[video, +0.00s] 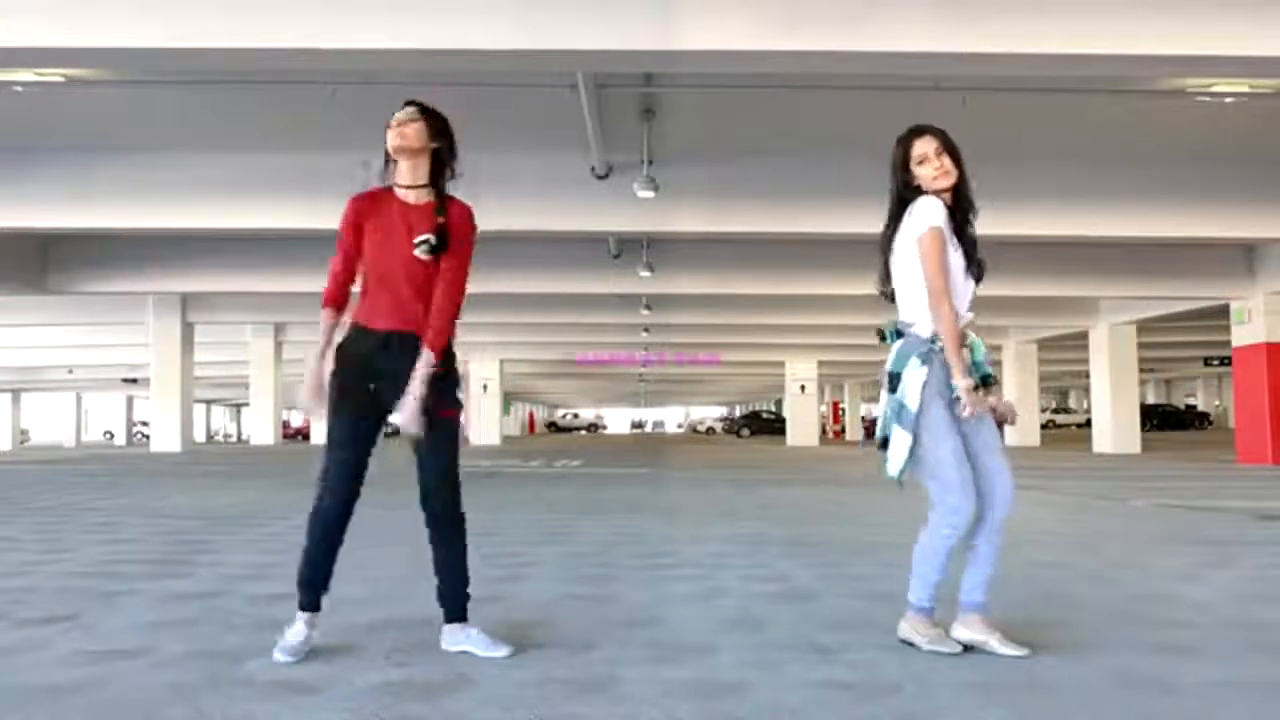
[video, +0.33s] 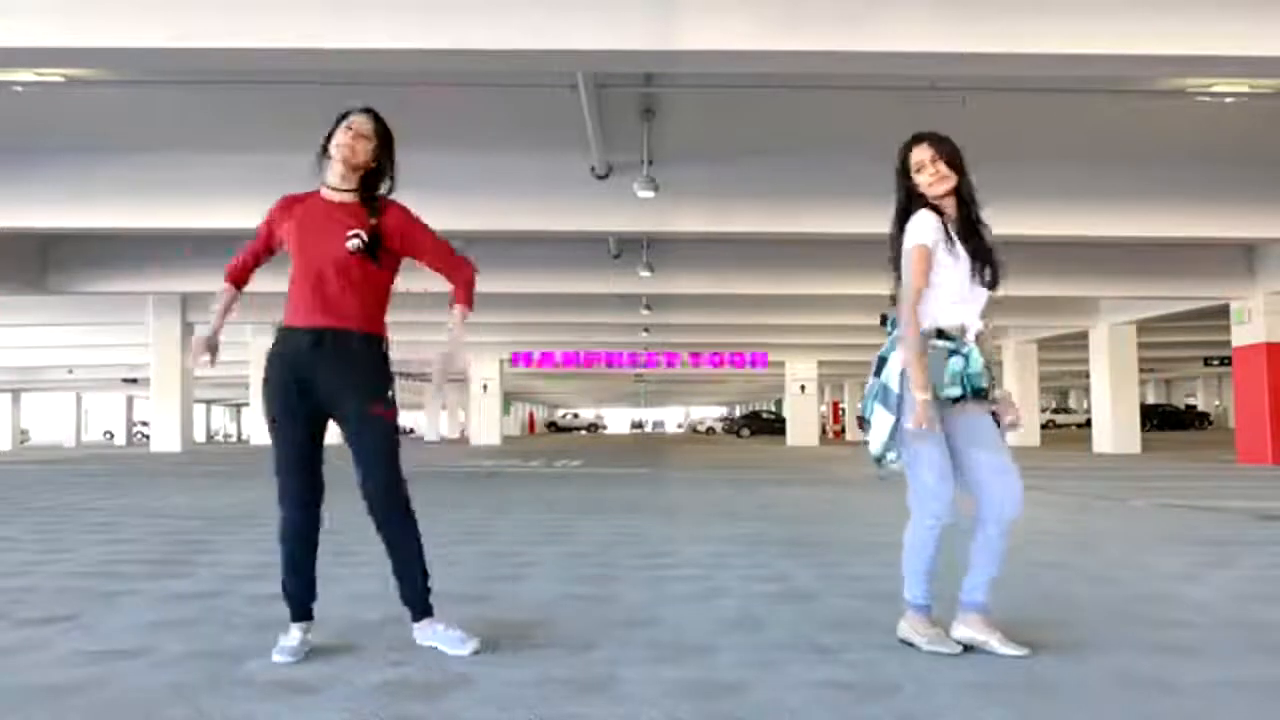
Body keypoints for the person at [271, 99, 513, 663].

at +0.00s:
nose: (397, 130)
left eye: (410, 122)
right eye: (393, 123)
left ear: (437, 141)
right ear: (387, 141)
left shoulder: (456, 216)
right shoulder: (363, 206)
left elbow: (446, 306)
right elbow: (339, 285)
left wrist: (417, 388)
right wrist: (319, 361)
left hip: (426, 361)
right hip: (362, 355)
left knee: (442, 495)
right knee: (337, 489)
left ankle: (456, 625)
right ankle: (306, 617)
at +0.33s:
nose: (349, 140)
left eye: (363, 136)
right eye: (344, 130)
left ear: (377, 158)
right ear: (328, 142)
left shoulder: (389, 216)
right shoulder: (291, 209)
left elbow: (459, 268)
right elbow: (246, 263)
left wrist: (457, 331)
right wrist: (214, 326)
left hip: (358, 360)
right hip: (292, 360)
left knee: (384, 492)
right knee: (297, 497)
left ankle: (424, 620)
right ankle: (299, 623)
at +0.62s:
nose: (344, 146)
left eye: (351, 141)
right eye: (334, 136)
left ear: (355, 161)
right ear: (307, 147)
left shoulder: (367, 221)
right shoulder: (268, 210)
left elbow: (425, 288)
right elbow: (198, 272)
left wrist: (403, 347)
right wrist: (252, 319)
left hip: (356, 365)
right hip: (288, 362)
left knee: (366, 495)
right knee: (291, 500)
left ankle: (358, 622)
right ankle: (298, 623)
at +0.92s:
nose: (341, 162)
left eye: (346, 156)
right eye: (332, 150)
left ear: (345, 166)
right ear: (301, 153)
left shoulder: (355, 225)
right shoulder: (262, 217)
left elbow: (408, 291)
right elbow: (192, 280)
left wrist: (391, 354)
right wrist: (254, 328)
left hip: (356, 371)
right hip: (291, 370)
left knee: (383, 490)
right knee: (293, 500)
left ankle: (362, 620)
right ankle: (300, 623)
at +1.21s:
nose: (343, 164)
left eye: (348, 157)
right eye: (334, 152)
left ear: (347, 167)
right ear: (304, 154)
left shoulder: (354, 226)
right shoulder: (264, 218)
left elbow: (406, 292)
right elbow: (194, 283)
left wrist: (391, 355)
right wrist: (257, 329)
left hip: (357, 371)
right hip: (292, 372)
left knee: (387, 488)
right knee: (296, 499)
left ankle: (366, 617)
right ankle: (302, 620)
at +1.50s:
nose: (344, 163)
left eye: (350, 156)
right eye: (335, 150)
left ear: (349, 167)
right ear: (304, 154)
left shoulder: (357, 227)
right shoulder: (264, 218)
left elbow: (411, 293)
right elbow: (191, 282)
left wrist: (389, 354)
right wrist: (253, 329)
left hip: (356, 372)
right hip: (290, 372)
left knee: (384, 489)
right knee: (295, 499)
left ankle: (365, 618)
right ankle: (301, 621)